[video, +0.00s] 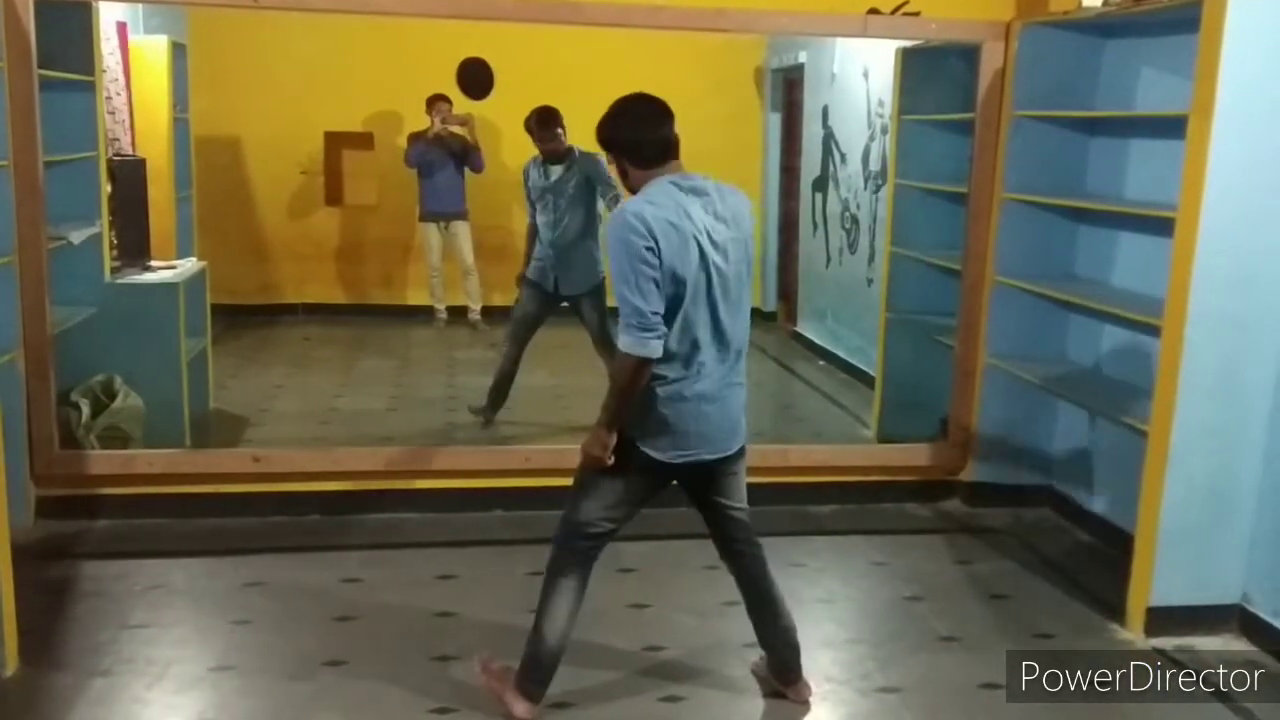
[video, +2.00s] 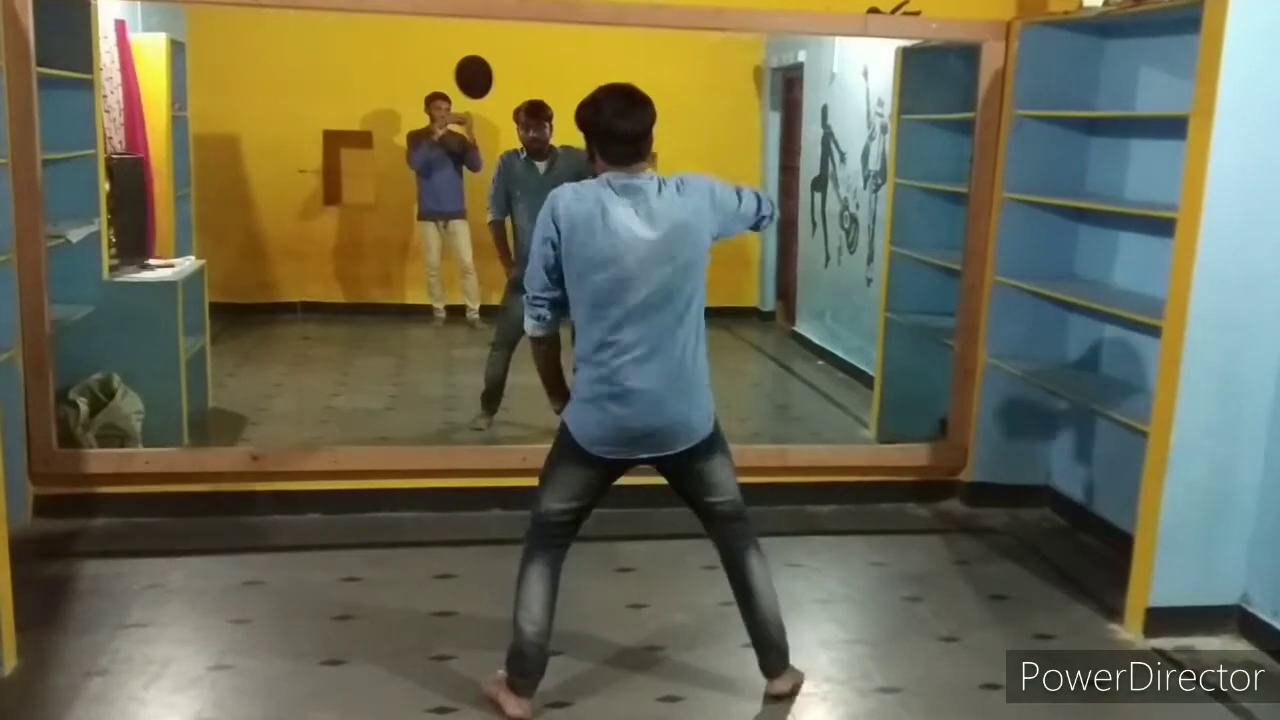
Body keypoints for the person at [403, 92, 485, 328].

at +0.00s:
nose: (442, 116)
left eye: (446, 111)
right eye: (438, 111)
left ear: (452, 114)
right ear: (429, 113)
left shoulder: (458, 140)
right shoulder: (419, 139)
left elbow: (477, 166)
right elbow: (411, 161)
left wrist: (471, 135)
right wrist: (431, 134)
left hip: (457, 213)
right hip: (430, 214)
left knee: (468, 265)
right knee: (434, 267)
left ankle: (474, 313)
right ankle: (439, 312)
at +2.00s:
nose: (441, 113)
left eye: (445, 109)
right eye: (436, 108)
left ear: (450, 112)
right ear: (428, 111)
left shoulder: (456, 138)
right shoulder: (417, 137)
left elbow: (475, 165)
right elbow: (415, 163)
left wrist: (470, 133)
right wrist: (435, 136)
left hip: (456, 211)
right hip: (428, 212)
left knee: (466, 264)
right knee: (433, 265)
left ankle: (473, 312)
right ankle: (438, 311)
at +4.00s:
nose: (440, 110)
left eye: (444, 106)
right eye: (436, 106)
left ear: (450, 109)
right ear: (427, 108)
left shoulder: (457, 135)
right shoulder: (417, 134)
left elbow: (476, 162)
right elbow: (415, 161)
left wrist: (470, 130)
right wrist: (435, 134)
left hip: (456, 209)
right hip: (429, 210)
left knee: (468, 262)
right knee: (433, 263)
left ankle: (474, 310)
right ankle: (438, 308)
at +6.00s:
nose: (446, 148)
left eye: (450, 144)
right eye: (441, 143)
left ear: (455, 147)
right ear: (433, 146)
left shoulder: (462, 172)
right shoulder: (422, 171)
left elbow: (481, 198)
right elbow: (421, 197)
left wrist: (475, 167)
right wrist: (440, 172)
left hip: (461, 245)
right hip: (434, 246)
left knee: (471, 297)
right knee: (437, 298)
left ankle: (477, 344)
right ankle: (443, 343)